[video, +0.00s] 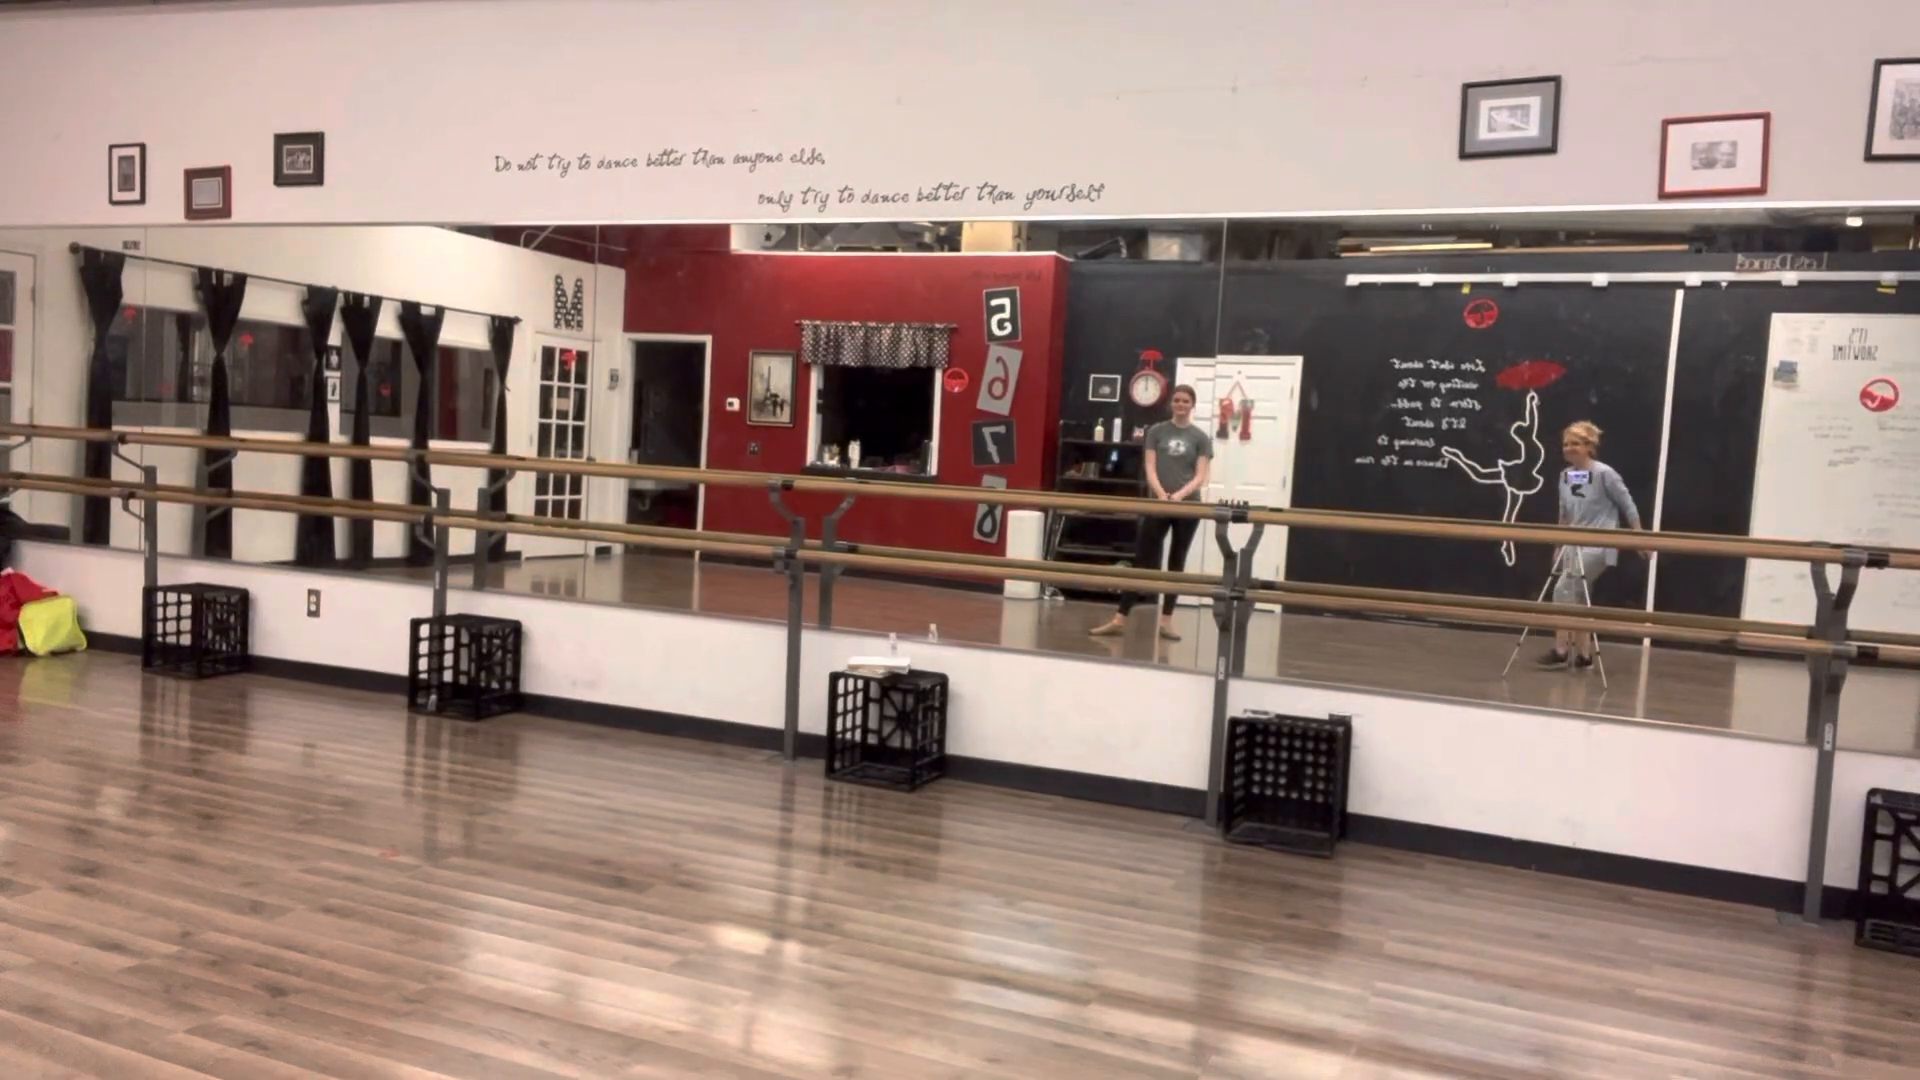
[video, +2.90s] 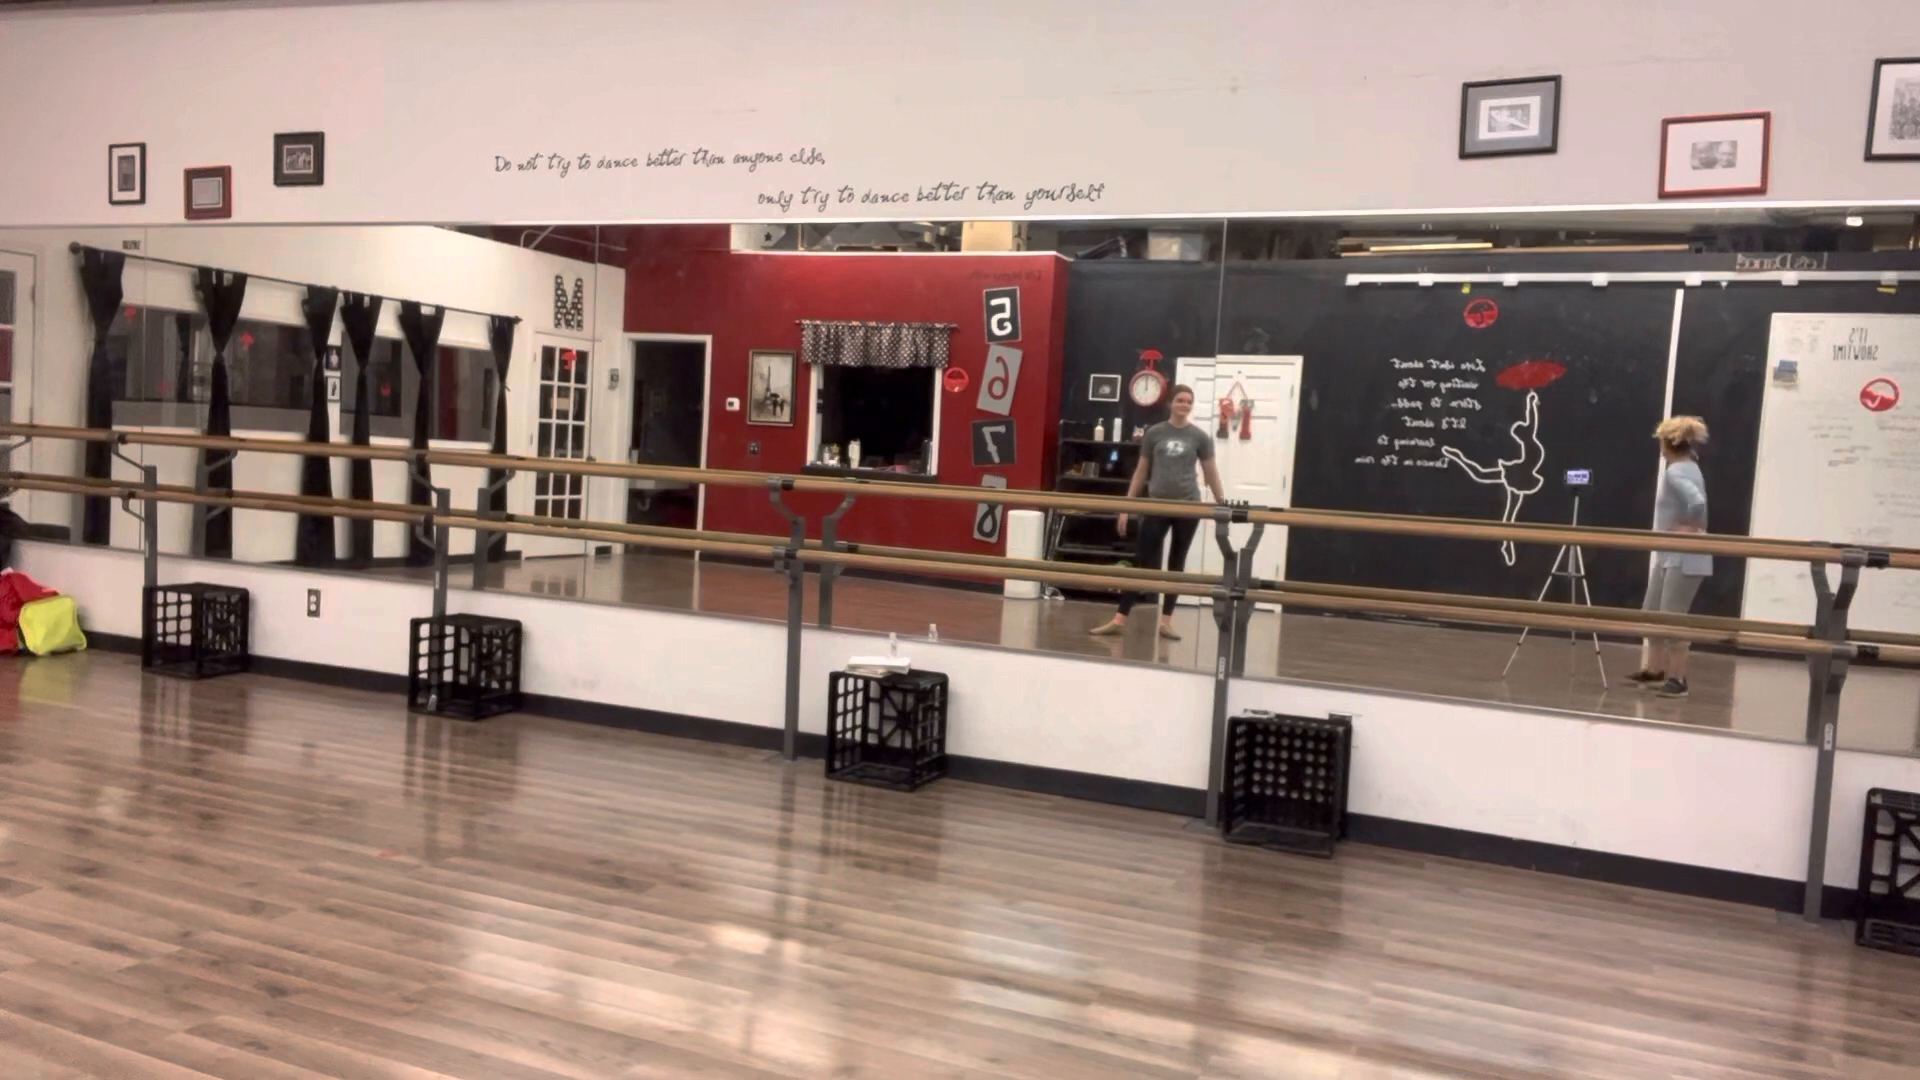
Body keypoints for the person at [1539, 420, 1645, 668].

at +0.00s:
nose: (1567, 448)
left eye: (1573, 443)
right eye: (1565, 443)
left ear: (1588, 447)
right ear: (1564, 447)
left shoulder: (1604, 473)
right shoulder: (1565, 476)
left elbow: (1627, 504)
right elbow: (1564, 515)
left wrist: (1639, 538)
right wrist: (1559, 546)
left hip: (1599, 544)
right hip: (1573, 544)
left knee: (1563, 590)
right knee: (1576, 597)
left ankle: (1561, 648)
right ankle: (1584, 652)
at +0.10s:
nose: (1573, 447)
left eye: (1580, 443)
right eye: (1571, 443)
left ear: (1594, 447)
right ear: (1569, 446)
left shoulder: (1608, 473)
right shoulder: (1570, 474)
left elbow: (1630, 504)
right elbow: (1569, 511)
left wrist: (1640, 538)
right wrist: (1565, 540)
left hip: (1604, 543)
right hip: (1578, 543)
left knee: (1571, 590)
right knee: (1577, 595)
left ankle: (1586, 647)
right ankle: (1584, 649)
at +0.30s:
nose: (1589, 444)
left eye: (1596, 440)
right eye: (1587, 439)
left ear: (1608, 447)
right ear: (1583, 443)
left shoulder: (1616, 475)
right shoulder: (1578, 472)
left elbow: (1632, 511)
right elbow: (1577, 509)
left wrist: (1635, 544)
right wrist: (1569, 537)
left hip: (1610, 548)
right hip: (1580, 546)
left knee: (1602, 598)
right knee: (1577, 602)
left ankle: (1628, 653)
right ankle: (1585, 653)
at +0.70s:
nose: (1628, 442)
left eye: (1636, 439)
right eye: (1627, 437)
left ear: (1648, 448)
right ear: (1622, 442)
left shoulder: (1655, 480)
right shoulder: (1606, 472)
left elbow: (1665, 520)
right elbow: (1600, 512)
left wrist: (1667, 552)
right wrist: (1588, 542)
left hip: (1643, 554)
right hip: (1609, 551)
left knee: (1644, 611)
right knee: (1596, 604)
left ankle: (1647, 663)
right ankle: (1585, 652)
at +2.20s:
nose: (1637, 438)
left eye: (1645, 435)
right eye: (1636, 433)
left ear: (1657, 444)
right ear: (1630, 438)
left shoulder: (1663, 472)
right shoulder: (1623, 472)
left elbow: (1701, 495)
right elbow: (1627, 505)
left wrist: (1675, 524)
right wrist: (1625, 530)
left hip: (1659, 554)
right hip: (1625, 552)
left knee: (1664, 616)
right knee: (1620, 614)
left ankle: (1675, 677)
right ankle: (1612, 669)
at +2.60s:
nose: (1640, 447)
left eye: (1645, 442)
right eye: (1641, 442)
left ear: (1661, 448)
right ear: (1655, 448)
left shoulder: (1679, 476)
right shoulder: (1647, 476)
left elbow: (1718, 501)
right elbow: (1658, 507)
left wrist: (1701, 530)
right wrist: (1650, 533)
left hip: (1681, 557)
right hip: (1650, 554)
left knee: (1669, 619)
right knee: (1630, 612)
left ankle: (1677, 679)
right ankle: (1613, 668)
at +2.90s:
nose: (1660, 448)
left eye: (1662, 443)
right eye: (1661, 443)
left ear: (1669, 445)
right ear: (1686, 445)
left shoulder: (1678, 472)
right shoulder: (1685, 469)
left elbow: (1697, 502)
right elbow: (1692, 506)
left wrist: (1690, 527)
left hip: (1684, 559)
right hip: (1668, 556)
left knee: (1672, 617)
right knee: (1652, 613)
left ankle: (1677, 677)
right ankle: (1654, 668)